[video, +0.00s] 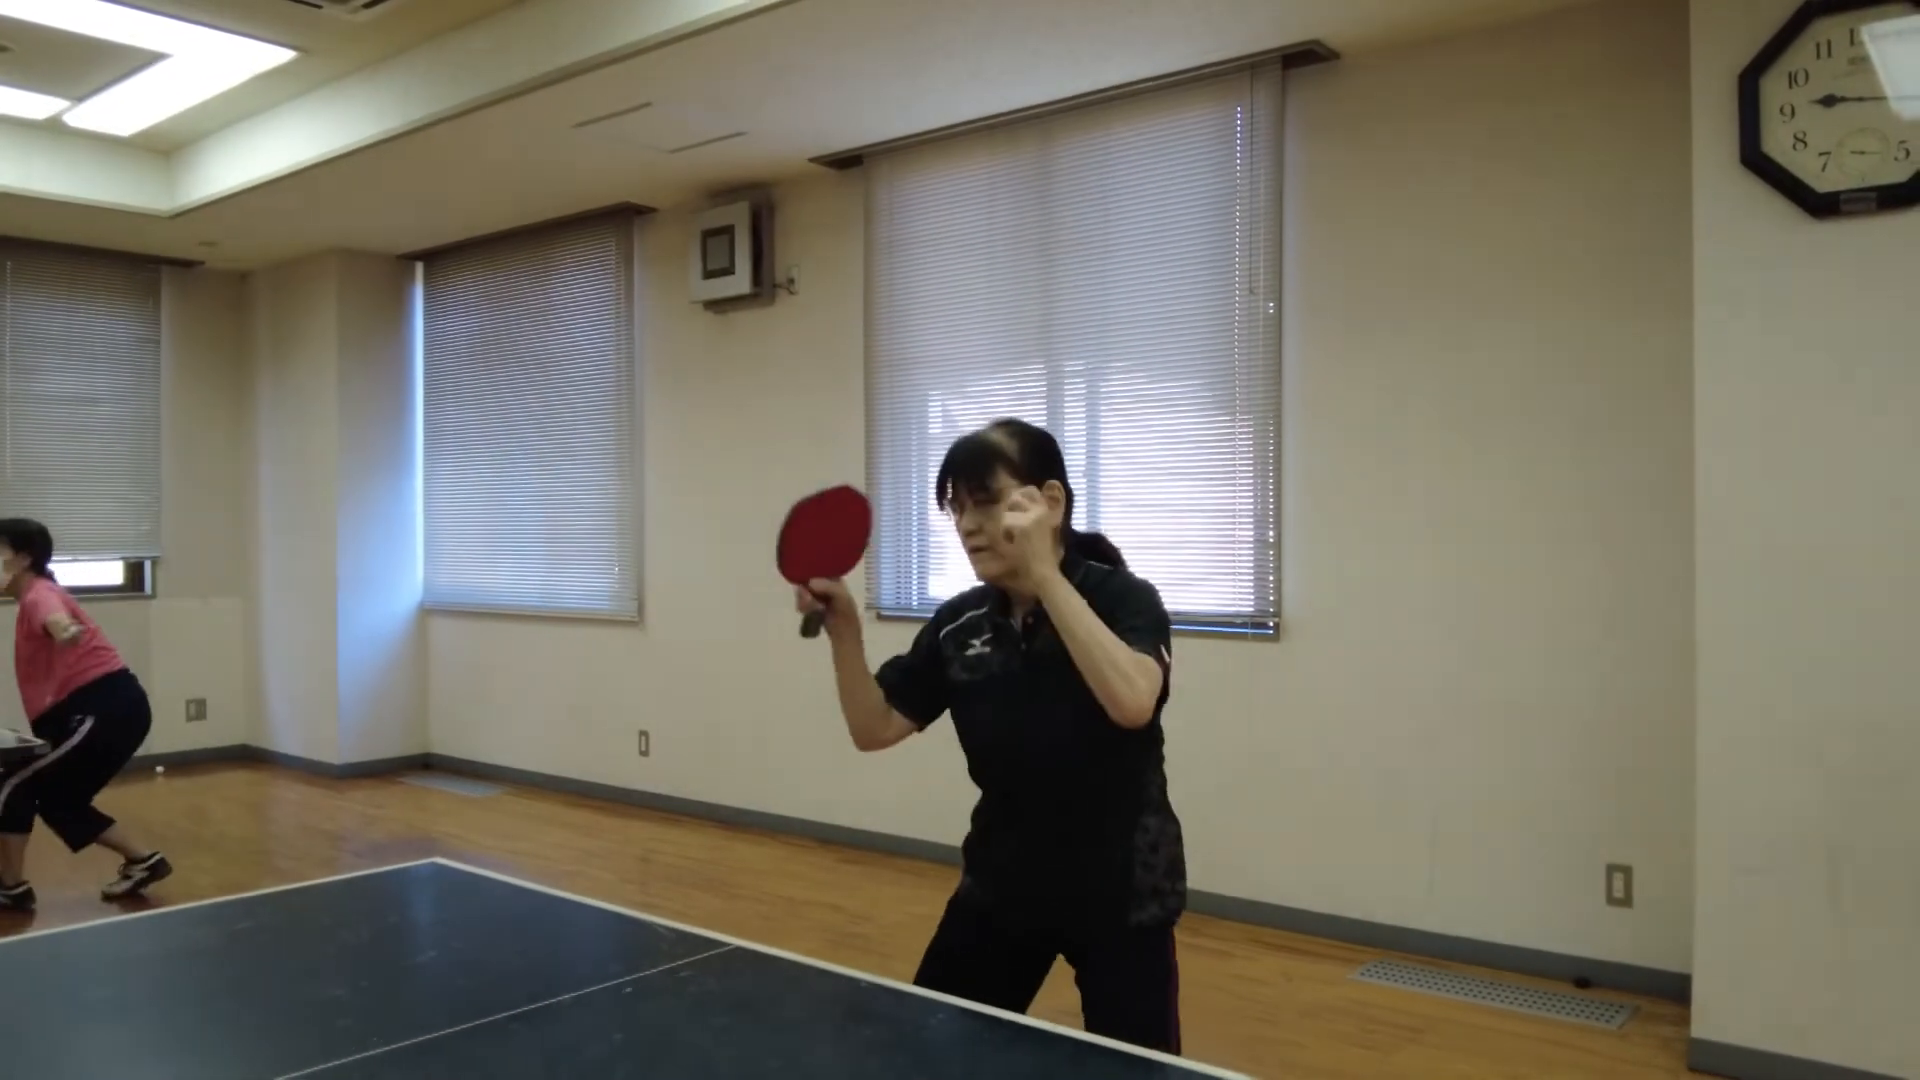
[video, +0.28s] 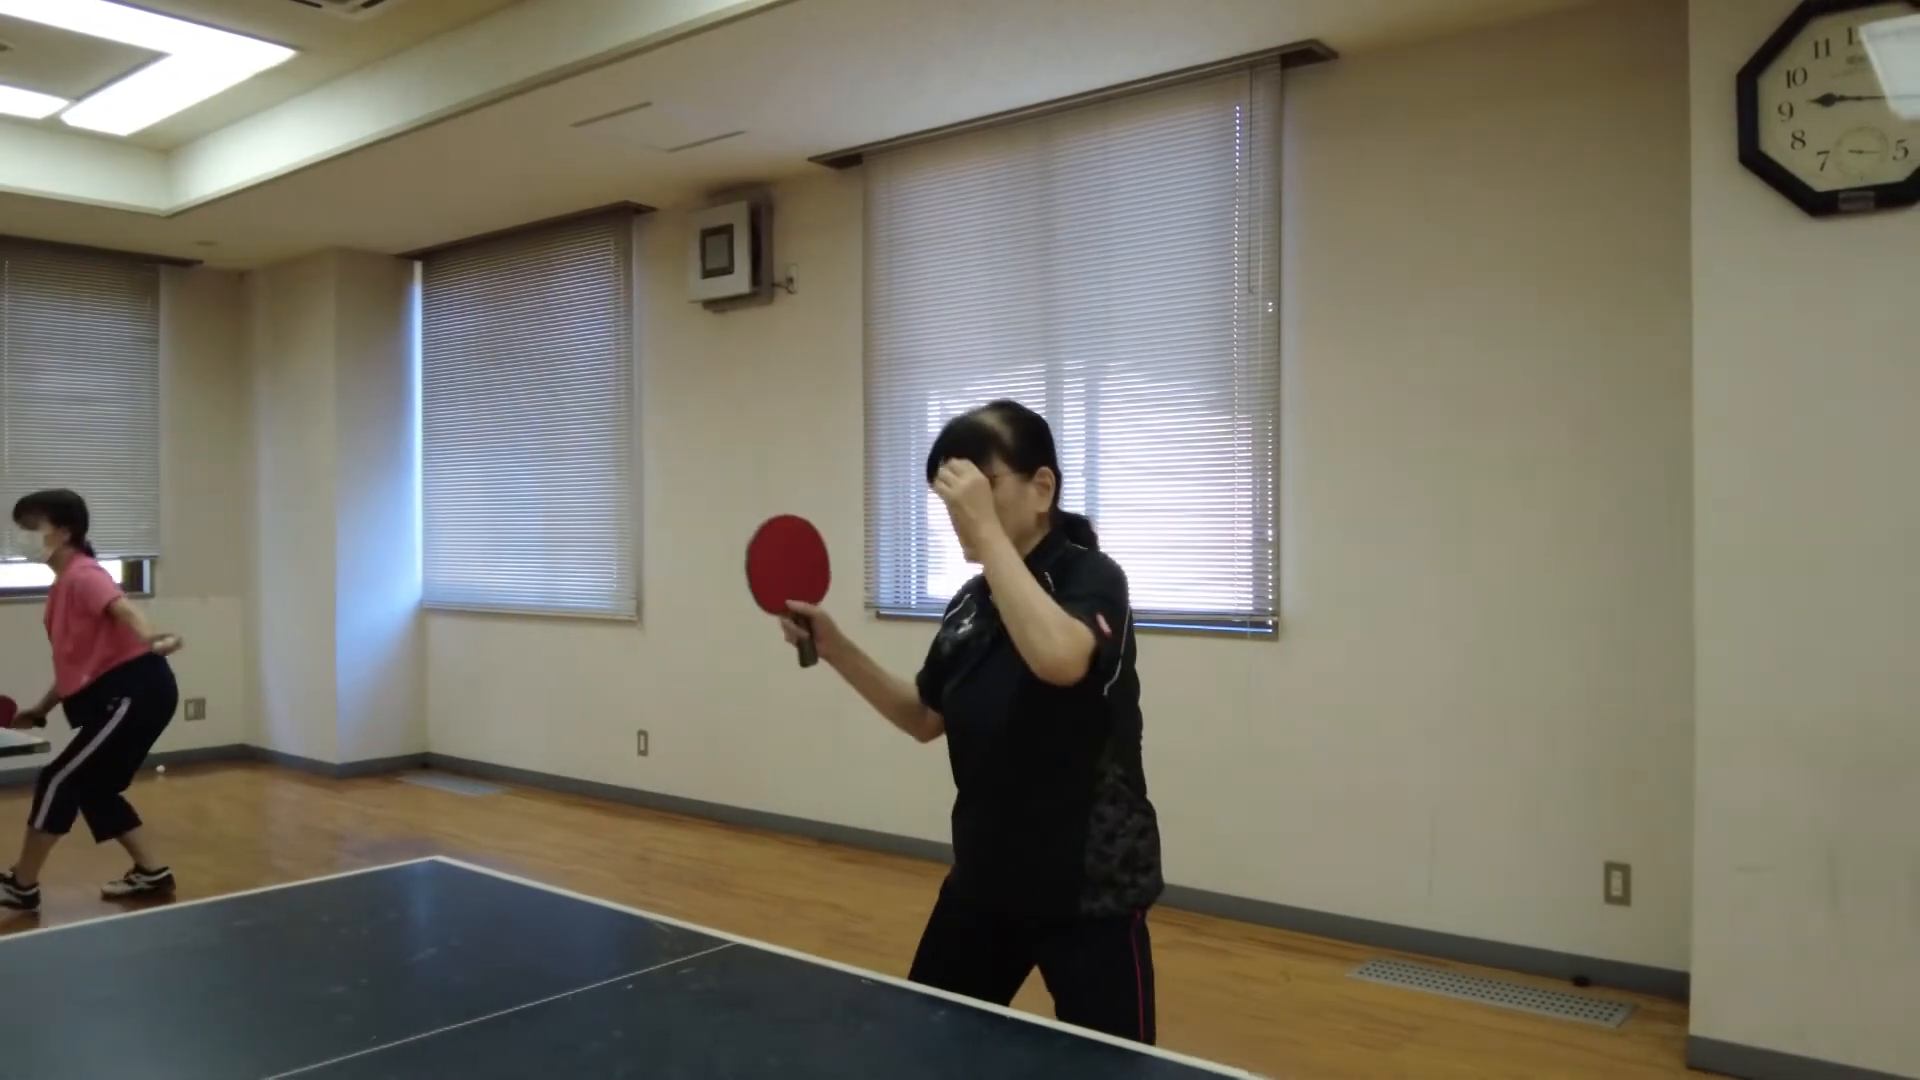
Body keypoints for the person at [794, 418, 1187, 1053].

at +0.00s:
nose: (970, 525)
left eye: (991, 504)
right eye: (960, 508)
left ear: (1052, 504)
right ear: (952, 517)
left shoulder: (1123, 601)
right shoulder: (960, 626)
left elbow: (1133, 702)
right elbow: (873, 728)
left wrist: (1043, 575)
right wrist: (845, 628)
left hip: (1119, 892)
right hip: (1006, 887)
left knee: (1141, 1069)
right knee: (928, 1046)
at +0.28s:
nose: (967, 505)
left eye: (985, 484)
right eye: (957, 489)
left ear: (1043, 487)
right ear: (947, 502)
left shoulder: (1090, 576)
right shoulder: (973, 603)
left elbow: (1061, 656)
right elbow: (924, 717)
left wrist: (984, 529)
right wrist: (833, 646)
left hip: (1088, 890)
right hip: (988, 884)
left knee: (1115, 1068)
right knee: (921, 1046)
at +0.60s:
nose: (946, 488)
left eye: (965, 470)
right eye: (941, 471)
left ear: (1021, 474)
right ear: (937, 476)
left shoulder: (1075, 565)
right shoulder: (975, 590)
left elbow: (1023, 648)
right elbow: (951, 713)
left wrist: (1013, 514)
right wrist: (862, 648)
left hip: (1074, 879)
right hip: (979, 869)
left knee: (1103, 1064)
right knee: (919, 1041)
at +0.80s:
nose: (911, 506)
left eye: (915, 485)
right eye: (910, 488)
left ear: (960, 482)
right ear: (962, 485)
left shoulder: (1031, 580)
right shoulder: (990, 585)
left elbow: (1028, 732)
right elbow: (994, 715)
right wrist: (887, 669)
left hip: (1068, 889)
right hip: (993, 876)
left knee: (1086, 1062)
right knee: (919, 1033)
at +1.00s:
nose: (852, 518)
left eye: (855, 499)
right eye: (853, 500)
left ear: (879, 503)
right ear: (929, 502)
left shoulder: (924, 595)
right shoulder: (945, 587)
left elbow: (934, 751)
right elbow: (957, 717)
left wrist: (838, 738)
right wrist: (870, 703)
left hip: (992, 888)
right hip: (955, 879)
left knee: (1036, 1054)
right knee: (857, 1010)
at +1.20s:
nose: (772, 511)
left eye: (771, 494)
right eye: (770, 495)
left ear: (791, 493)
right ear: (850, 488)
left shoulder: (816, 576)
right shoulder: (893, 565)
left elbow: (829, 717)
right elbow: (960, 688)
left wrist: (740, 802)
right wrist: (869, 720)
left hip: (905, 826)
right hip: (959, 813)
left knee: (866, 994)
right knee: (899, 995)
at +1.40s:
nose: (720, 502)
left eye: (718, 484)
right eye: (715, 487)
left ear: (748, 475)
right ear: (800, 469)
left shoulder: (758, 550)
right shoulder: (857, 547)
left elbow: (768, 673)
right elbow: (910, 666)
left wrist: (748, 816)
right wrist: (810, 684)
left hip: (811, 794)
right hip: (900, 790)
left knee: (757, 972)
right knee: (864, 976)